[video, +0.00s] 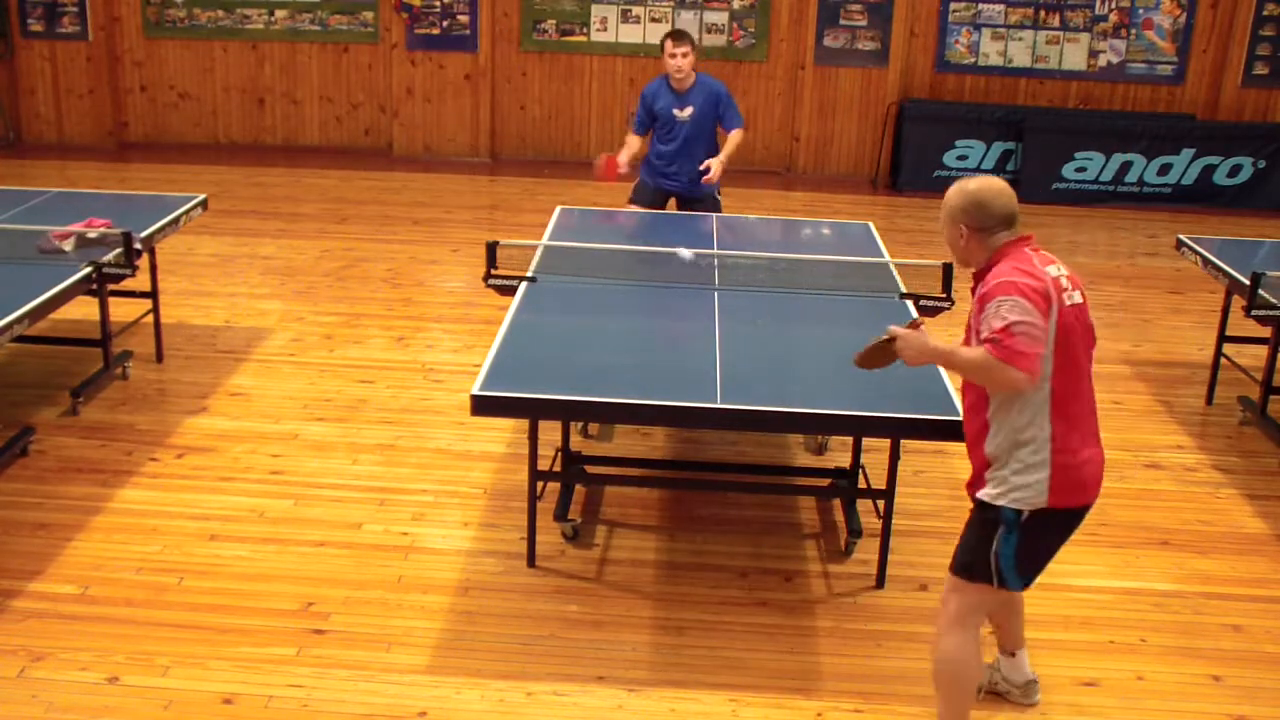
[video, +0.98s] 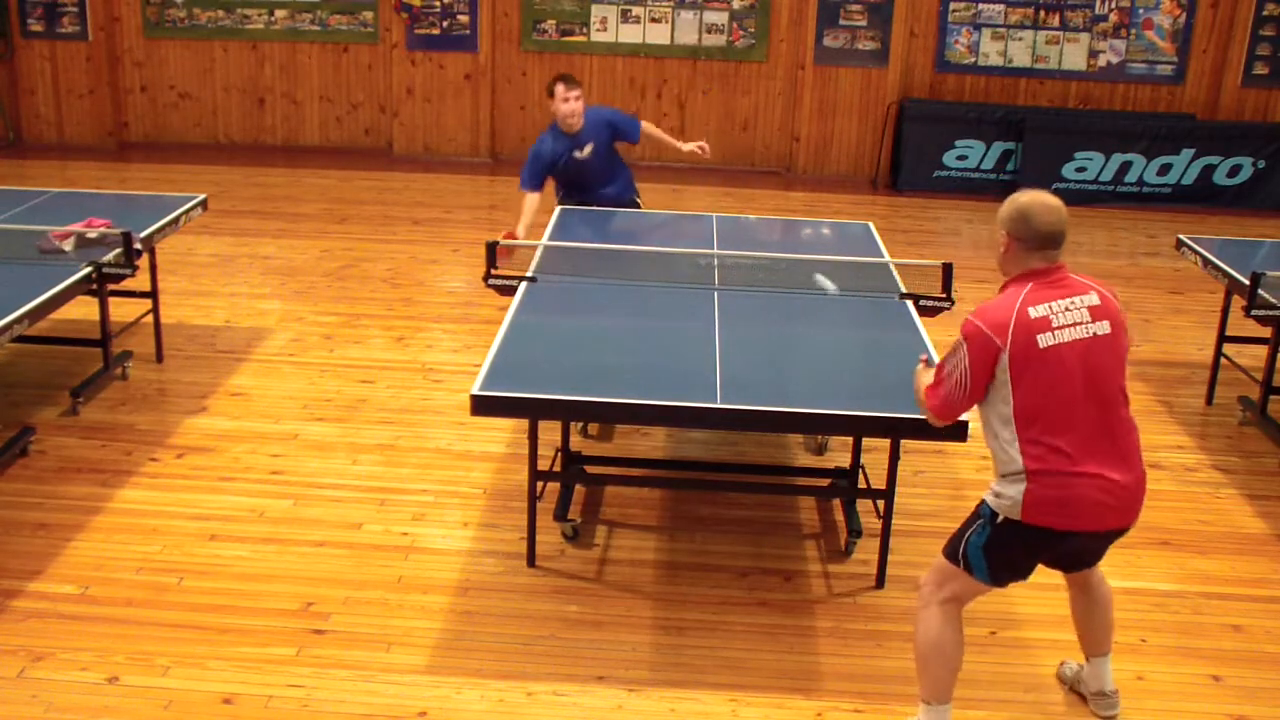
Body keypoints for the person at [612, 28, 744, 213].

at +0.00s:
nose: (678, 62)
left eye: (685, 55)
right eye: (672, 56)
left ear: (694, 57)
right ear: (663, 59)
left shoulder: (714, 91)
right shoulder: (652, 92)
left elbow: (736, 129)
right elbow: (638, 132)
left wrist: (721, 159)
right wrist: (625, 154)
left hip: (698, 180)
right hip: (656, 178)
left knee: (709, 238)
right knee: (629, 226)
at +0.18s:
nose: (643, 70)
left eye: (649, 63)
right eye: (638, 65)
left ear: (663, 63)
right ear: (632, 67)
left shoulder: (688, 91)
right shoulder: (630, 99)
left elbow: (727, 114)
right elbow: (603, 131)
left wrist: (728, 140)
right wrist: (560, 133)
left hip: (688, 182)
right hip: (647, 178)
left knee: (701, 245)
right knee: (615, 227)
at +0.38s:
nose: (582, 92)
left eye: (587, 84)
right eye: (577, 87)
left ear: (605, 82)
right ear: (573, 90)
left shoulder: (634, 102)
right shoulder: (579, 119)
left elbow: (682, 104)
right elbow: (548, 150)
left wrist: (718, 117)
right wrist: (503, 138)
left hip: (660, 192)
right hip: (614, 194)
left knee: (674, 253)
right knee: (597, 250)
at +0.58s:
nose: (543, 133)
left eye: (548, 125)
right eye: (537, 127)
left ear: (563, 124)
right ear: (531, 129)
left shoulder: (592, 133)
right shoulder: (537, 166)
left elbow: (643, 124)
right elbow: (528, 210)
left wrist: (686, 128)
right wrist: (504, 225)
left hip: (632, 207)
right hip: (588, 215)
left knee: (646, 259)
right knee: (585, 263)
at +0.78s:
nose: (545, 147)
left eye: (550, 139)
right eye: (538, 142)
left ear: (558, 136)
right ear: (528, 146)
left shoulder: (583, 143)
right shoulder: (531, 183)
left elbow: (630, 131)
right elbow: (528, 231)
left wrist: (675, 136)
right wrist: (517, 256)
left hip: (621, 209)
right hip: (580, 218)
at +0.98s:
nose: (572, 107)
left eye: (577, 99)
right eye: (565, 100)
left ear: (583, 100)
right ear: (552, 105)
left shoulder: (603, 120)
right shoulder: (546, 148)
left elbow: (643, 129)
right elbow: (532, 190)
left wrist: (680, 146)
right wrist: (520, 230)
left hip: (622, 203)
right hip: (578, 209)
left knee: (633, 258)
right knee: (578, 262)